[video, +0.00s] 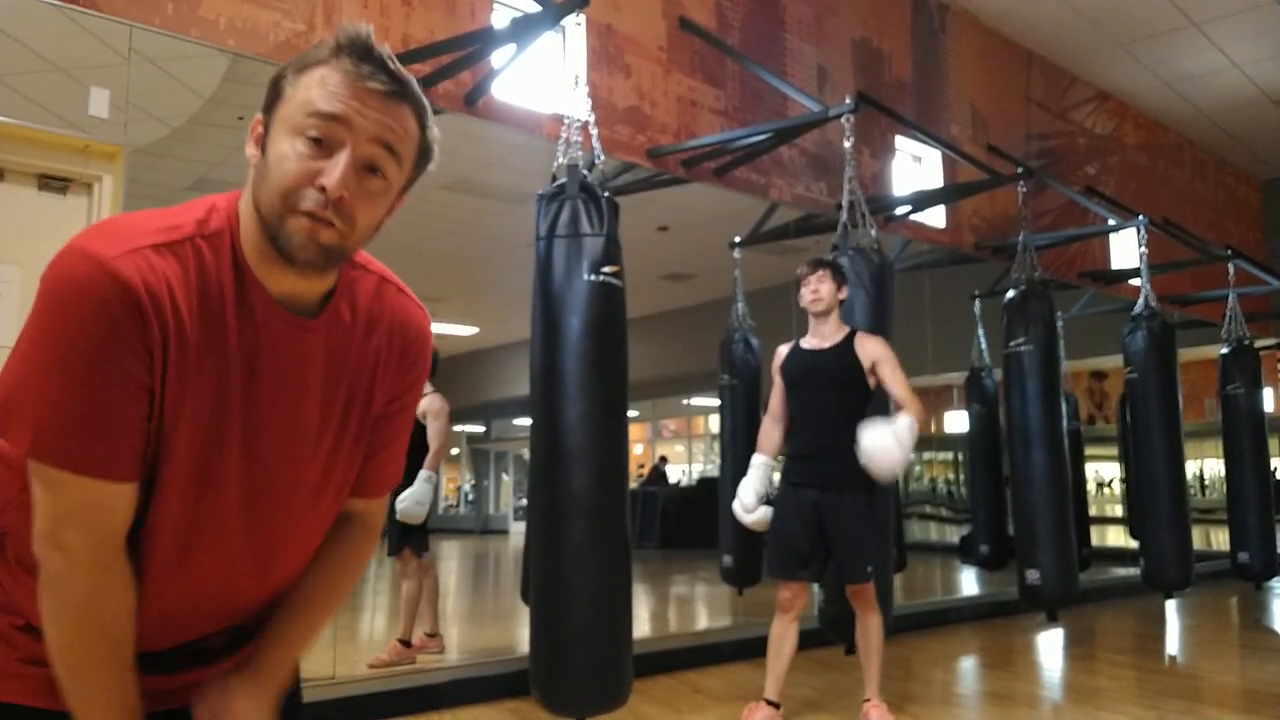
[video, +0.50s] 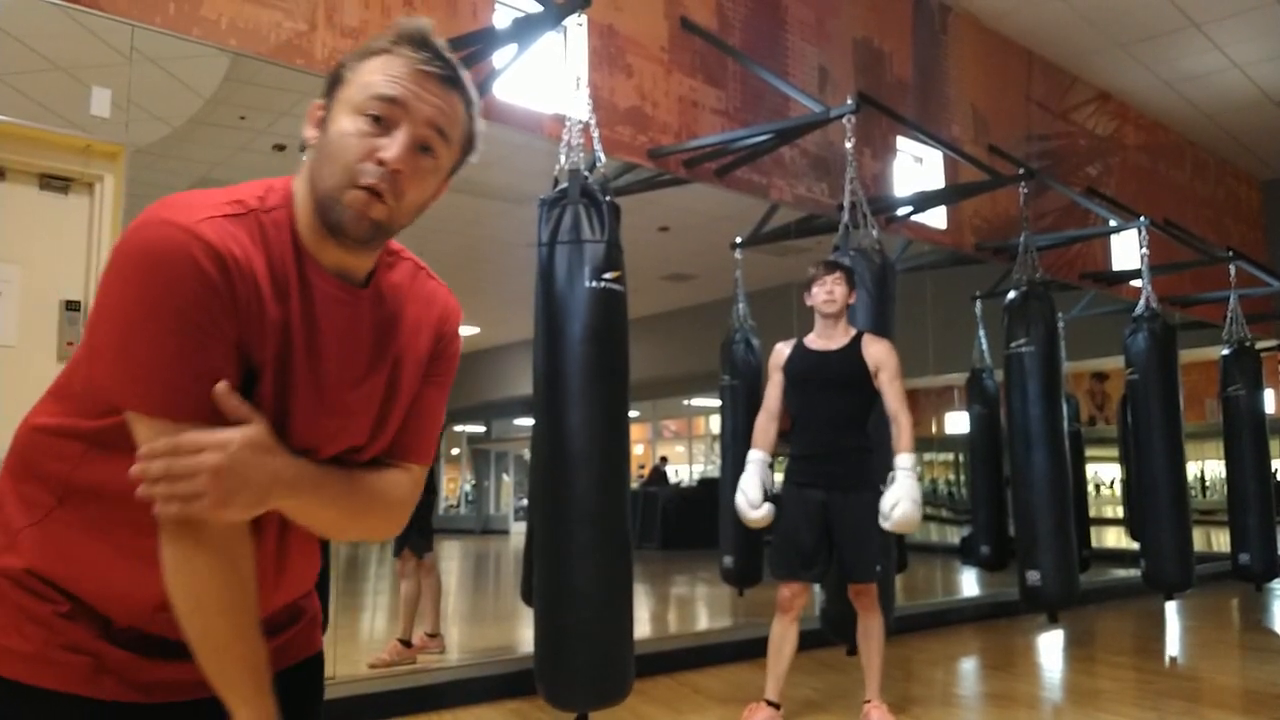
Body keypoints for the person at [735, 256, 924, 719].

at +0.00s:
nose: (811, 287)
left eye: (820, 280)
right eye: (805, 283)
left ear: (841, 291)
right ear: (799, 298)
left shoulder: (868, 346)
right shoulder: (786, 355)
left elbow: (913, 408)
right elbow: (773, 421)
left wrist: (898, 436)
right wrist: (757, 478)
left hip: (855, 493)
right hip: (799, 493)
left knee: (863, 597)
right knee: (787, 599)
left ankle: (873, 700)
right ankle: (769, 703)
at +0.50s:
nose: (827, 289)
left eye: (835, 283)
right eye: (819, 284)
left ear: (851, 296)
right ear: (809, 297)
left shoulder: (876, 350)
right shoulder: (785, 353)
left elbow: (899, 417)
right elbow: (768, 417)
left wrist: (905, 475)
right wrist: (755, 470)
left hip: (859, 491)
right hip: (801, 490)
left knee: (865, 596)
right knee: (788, 598)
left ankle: (873, 701)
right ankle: (770, 702)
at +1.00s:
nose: (830, 292)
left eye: (837, 286)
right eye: (822, 287)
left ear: (850, 295)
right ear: (807, 297)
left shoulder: (874, 350)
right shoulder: (785, 354)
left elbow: (896, 415)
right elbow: (769, 416)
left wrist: (899, 465)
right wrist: (756, 470)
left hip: (858, 490)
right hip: (799, 489)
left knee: (865, 595)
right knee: (784, 596)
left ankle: (872, 699)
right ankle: (770, 702)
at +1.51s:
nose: (829, 293)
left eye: (837, 286)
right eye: (822, 287)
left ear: (850, 296)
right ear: (809, 298)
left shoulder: (875, 351)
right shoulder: (786, 355)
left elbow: (896, 418)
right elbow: (772, 421)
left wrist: (902, 476)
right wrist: (760, 479)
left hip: (857, 491)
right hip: (800, 492)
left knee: (864, 596)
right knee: (788, 596)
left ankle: (873, 700)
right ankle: (770, 703)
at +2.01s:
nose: (830, 293)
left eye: (837, 286)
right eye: (822, 287)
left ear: (851, 295)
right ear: (808, 298)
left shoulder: (875, 350)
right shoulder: (787, 355)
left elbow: (896, 417)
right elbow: (773, 420)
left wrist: (897, 471)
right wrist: (760, 475)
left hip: (859, 491)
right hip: (801, 491)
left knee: (865, 596)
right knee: (788, 597)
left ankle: (872, 700)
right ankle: (770, 702)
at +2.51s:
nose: (829, 293)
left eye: (836, 286)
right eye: (821, 287)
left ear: (850, 296)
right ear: (809, 298)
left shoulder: (876, 349)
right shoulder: (786, 354)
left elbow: (897, 416)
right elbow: (772, 418)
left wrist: (900, 473)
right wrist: (760, 475)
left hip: (859, 491)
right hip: (801, 490)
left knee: (865, 595)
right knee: (788, 597)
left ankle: (872, 700)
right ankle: (770, 702)